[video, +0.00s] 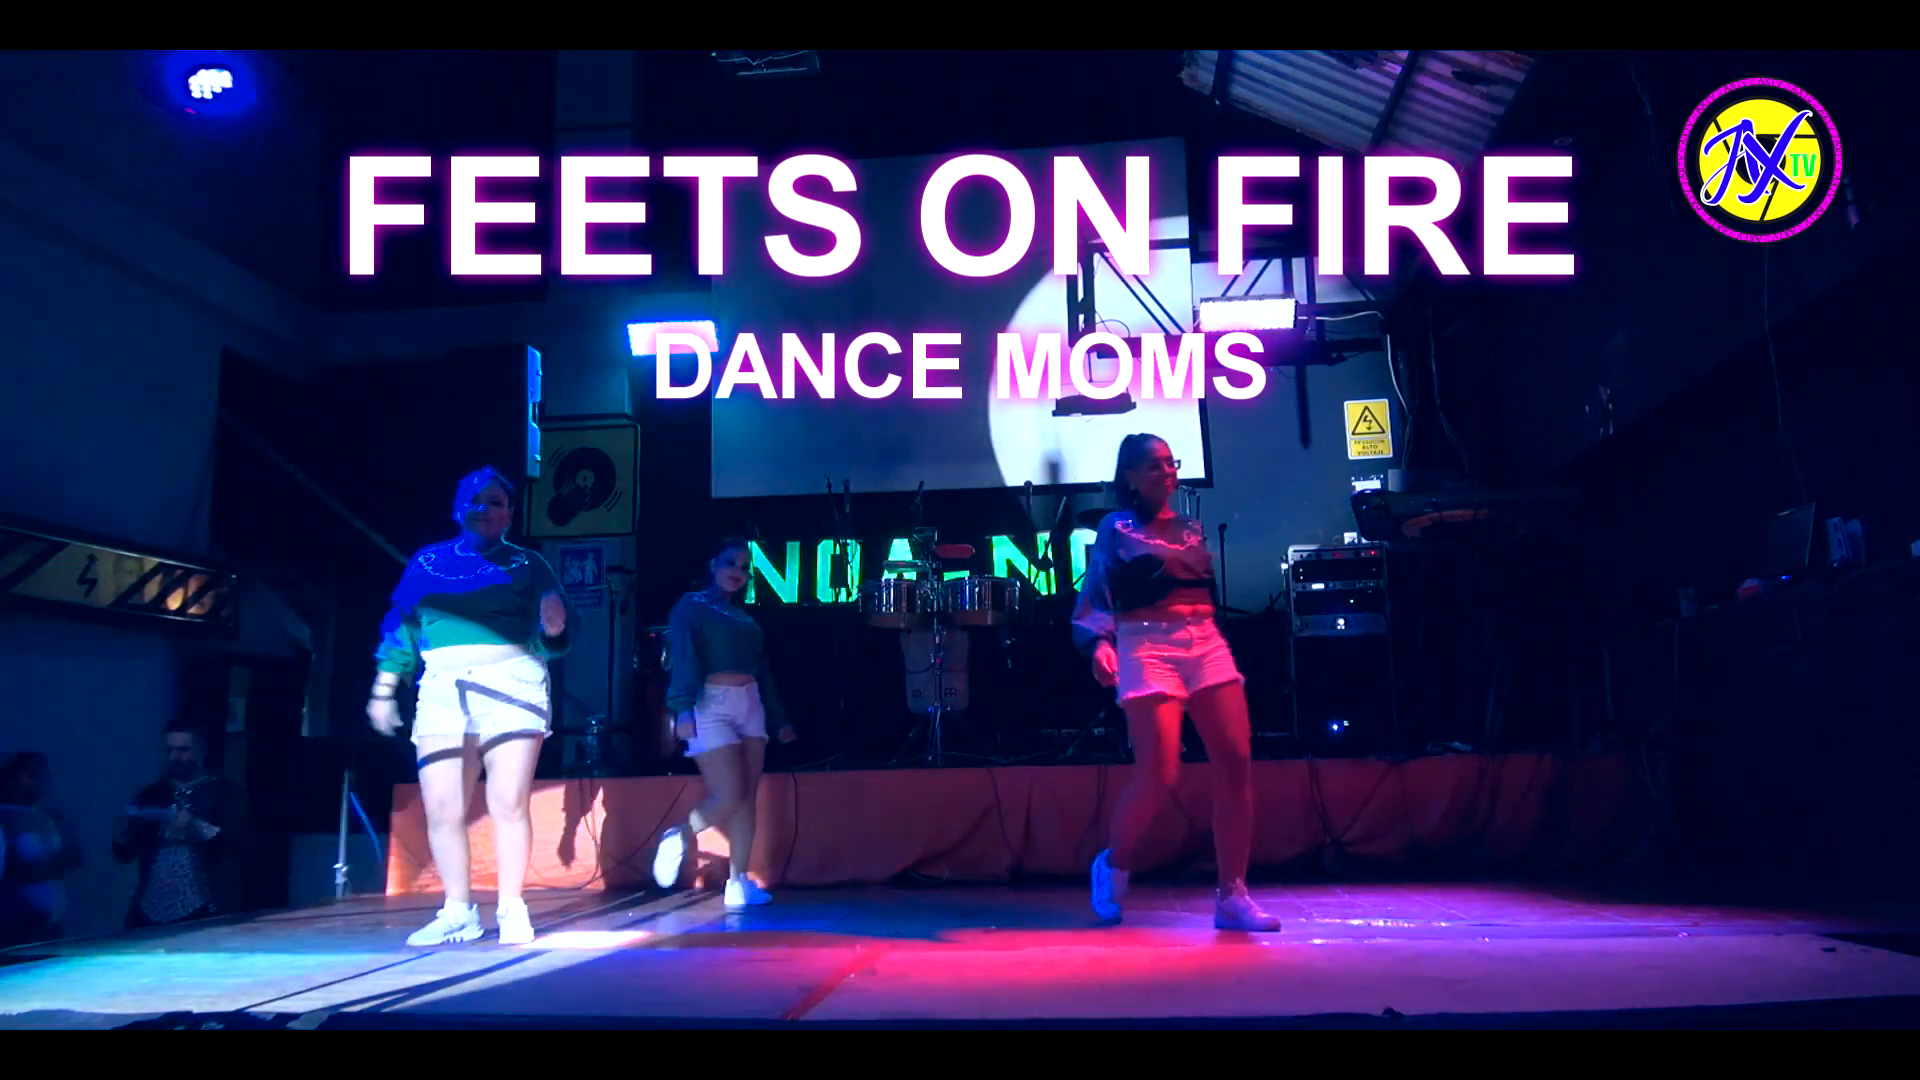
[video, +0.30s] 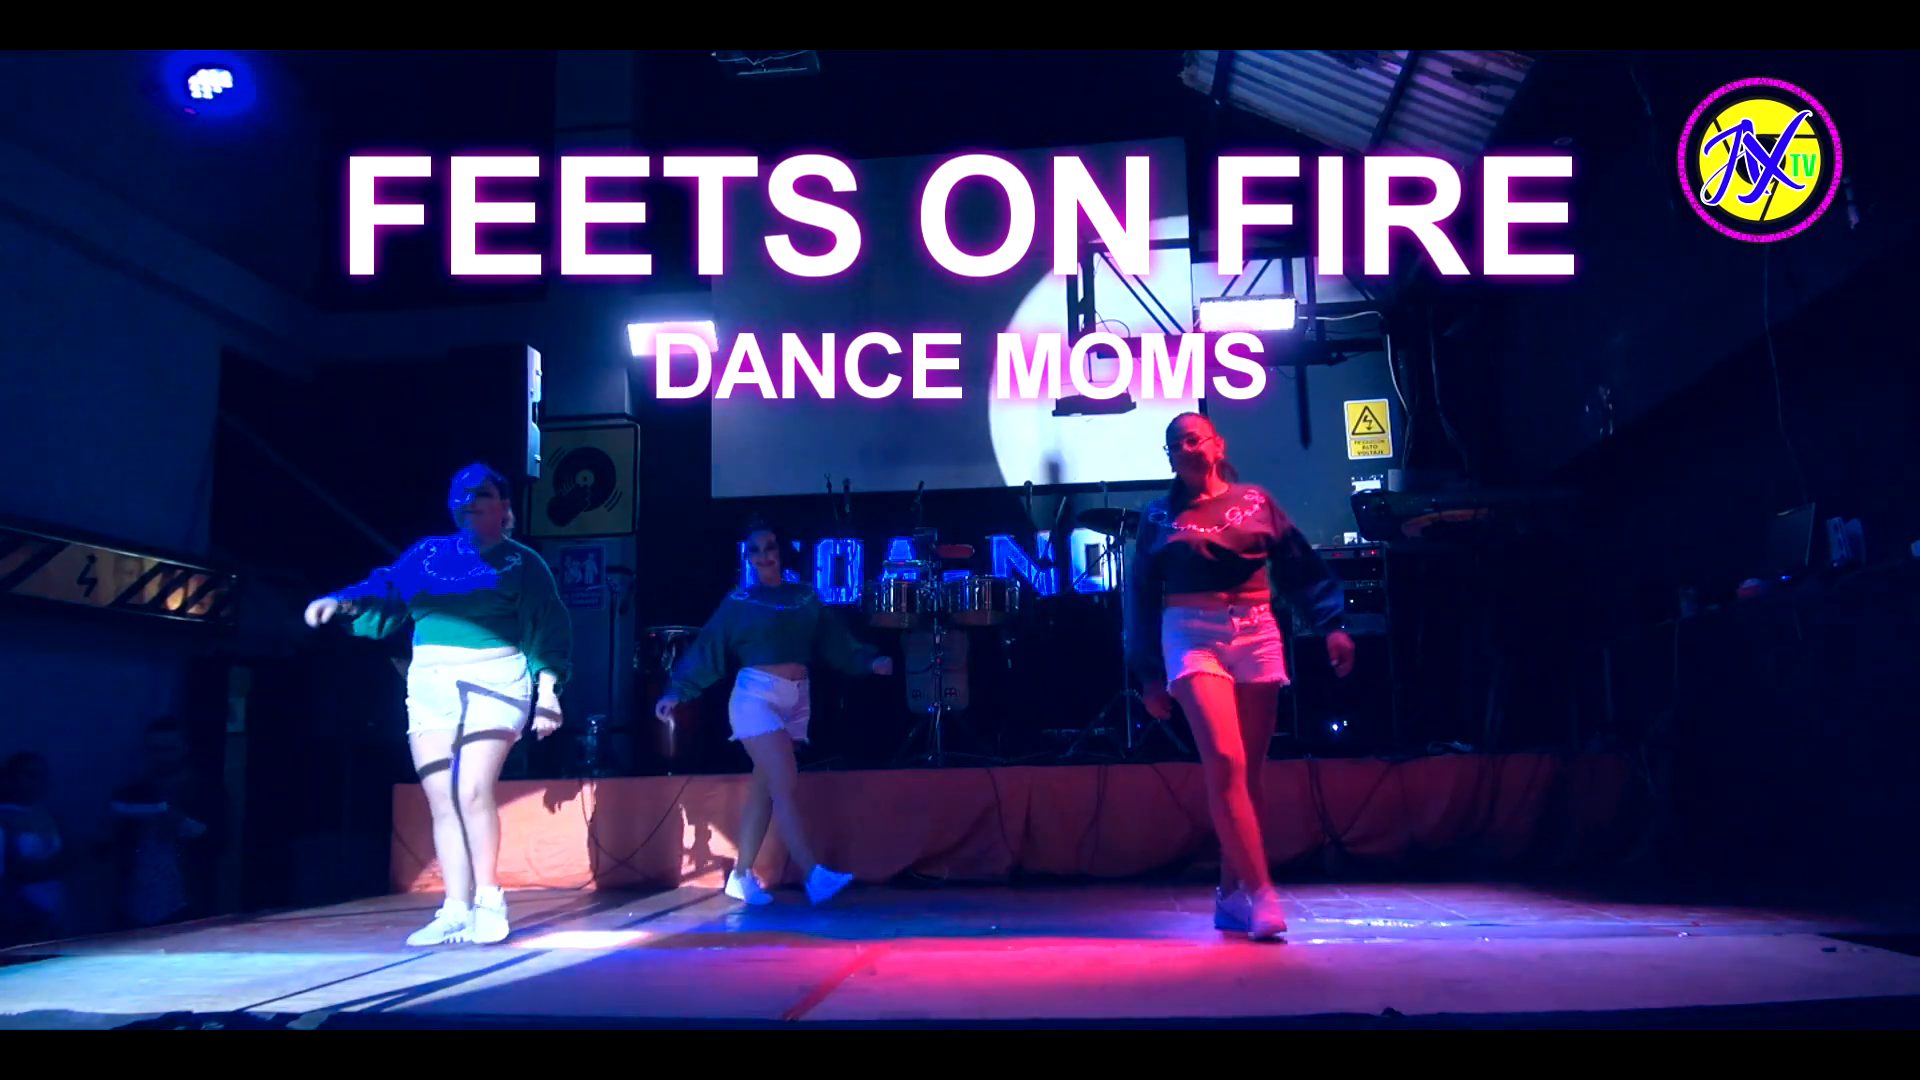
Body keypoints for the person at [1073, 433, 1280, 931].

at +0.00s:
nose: (1169, 471)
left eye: (1171, 463)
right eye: (1156, 465)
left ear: (1177, 471)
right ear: (1129, 476)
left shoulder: (1191, 529)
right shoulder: (1115, 529)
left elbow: (1202, 590)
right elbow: (1094, 601)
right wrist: (1098, 641)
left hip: (1204, 639)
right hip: (1145, 645)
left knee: (1236, 759)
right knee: (1160, 773)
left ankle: (1233, 894)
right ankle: (1111, 868)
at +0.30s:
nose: (1189, 444)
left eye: (1198, 436)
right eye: (1180, 439)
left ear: (1219, 448)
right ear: (1170, 455)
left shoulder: (1255, 500)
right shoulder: (1158, 515)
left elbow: (1303, 566)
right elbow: (1140, 599)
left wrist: (1331, 625)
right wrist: (1147, 675)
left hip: (1257, 632)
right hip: (1191, 635)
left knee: (1246, 771)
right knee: (1226, 763)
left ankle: (1232, 896)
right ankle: (1263, 898)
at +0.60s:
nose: (1211, 438)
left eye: (1222, 428)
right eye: (1205, 432)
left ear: (1248, 436)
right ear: (1202, 444)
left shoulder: (1296, 491)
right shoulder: (1197, 508)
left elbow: (1350, 557)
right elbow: (1176, 593)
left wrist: (1374, 616)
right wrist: (1176, 666)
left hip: (1284, 630)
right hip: (1215, 628)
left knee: (1311, 769)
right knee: (1240, 767)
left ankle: (1255, 855)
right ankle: (1273, 905)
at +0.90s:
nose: (1257, 424)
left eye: (1267, 415)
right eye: (1249, 417)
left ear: (1288, 420)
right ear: (1235, 426)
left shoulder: (1326, 475)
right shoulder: (1222, 487)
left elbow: (1362, 544)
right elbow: (1196, 565)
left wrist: (1371, 606)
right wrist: (1189, 625)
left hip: (1322, 613)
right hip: (1246, 615)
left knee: (1340, 755)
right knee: (1259, 762)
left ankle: (1353, 898)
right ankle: (1278, 901)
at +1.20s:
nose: (1269, 420)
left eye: (1280, 411)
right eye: (1262, 414)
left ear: (1309, 420)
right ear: (1255, 428)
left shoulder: (1351, 482)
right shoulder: (1242, 496)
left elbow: (1394, 562)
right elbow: (1224, 582)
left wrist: (1412, 627)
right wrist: (1221, 652)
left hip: (1351, 615)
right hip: (1273, 624)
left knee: (1368, 757)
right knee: (1264, 762)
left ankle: (1359, 900)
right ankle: (1278, 896)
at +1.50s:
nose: (1253, 406)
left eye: (1265, 397)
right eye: (1250, 399)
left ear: (1298, 405)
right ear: (1249, 413)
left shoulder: (1338, 465)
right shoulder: (1235, 480)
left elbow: (1401, 542)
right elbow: (1217, 572)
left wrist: (1399, 596)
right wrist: (1220, 644)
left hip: (1325, 609)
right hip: (1249, 613)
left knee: (1343, 759)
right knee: (1262, 764)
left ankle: (1355, 901)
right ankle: (1286, 904)